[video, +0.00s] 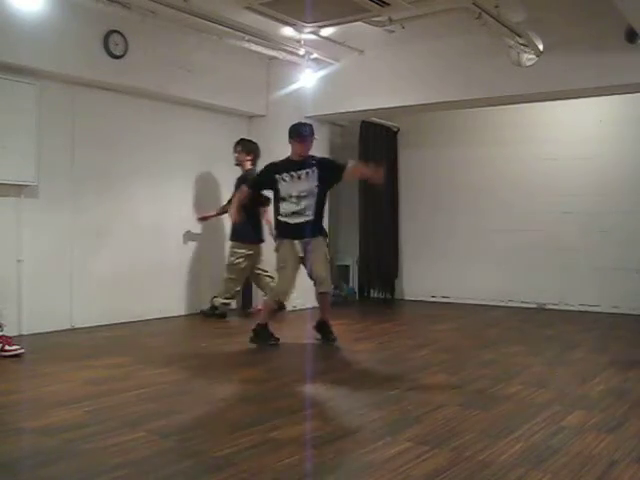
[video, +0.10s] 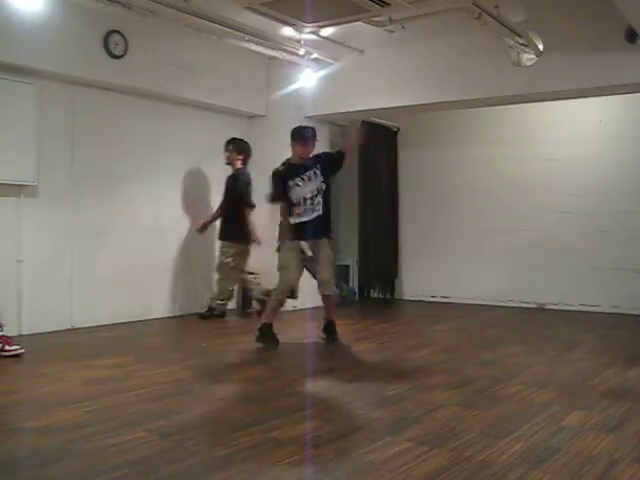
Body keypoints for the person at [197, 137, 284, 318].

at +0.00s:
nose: (235, 156)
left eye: (238, 153)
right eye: (235, 153)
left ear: (249, 156)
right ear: (247, 156)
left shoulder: (252, 179)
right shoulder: (243, 179)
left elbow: (264, 202)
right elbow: (231, 204)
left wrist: (269, 223)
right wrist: (211, 215)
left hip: (245, 235)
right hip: (248, 234)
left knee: (234, 272)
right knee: (255, 270)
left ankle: (221, 305)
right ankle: (278, 298)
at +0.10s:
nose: (226, 155)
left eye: (229, 152)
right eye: (226, 151)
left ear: (240, 155)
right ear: (239, 155)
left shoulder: (240, 177)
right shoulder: (236, 177)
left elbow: (246, 207)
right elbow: (224, 206)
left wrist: (252, 232)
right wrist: (207, 222)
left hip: (234, 235)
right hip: (238, 234)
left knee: (225, 271)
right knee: (236, 271)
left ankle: (218, 306)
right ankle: (264, 295)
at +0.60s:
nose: (202, 152)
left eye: (205, 148)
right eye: (197, 148)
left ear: (209, 151)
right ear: (189, 151)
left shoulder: (217, 173)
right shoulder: (184, 174)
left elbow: (216, 199)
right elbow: (179, 204)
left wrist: (188, 195)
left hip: (215, 230)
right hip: (192, 228)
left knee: (217, 272)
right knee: (184, 270)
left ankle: (216, 306)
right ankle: (178, 307)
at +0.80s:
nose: (194, 151)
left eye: (196, 147)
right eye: (189, 148)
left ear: (200, 149)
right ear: (180, 154)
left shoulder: (210, 172)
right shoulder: (177, 178)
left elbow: (216, 201)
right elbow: (160, 204)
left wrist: (219, 224)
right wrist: (155, 230)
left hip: (213, 231)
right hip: (191, 233)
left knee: (216, 271)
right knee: (183, 272)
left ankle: (214, 307)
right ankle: (178, 307)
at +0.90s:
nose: (197, 151)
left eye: (198, 147)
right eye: (191, 149)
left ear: (202, 148)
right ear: (182, 154)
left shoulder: (211, 172)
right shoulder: (178, 177)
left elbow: (221, 201)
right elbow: (164, 206)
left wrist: (232, 225)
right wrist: (153, 231)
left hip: (215, 234)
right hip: (190, 235)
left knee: (218, 272)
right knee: (182, 274)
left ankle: (221, 306)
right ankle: (178, 308)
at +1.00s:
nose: (204, 151)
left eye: (206, 147)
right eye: (199, 148)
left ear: (208, 149)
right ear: (189, 152)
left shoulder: (213, 173)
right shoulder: (183, 176)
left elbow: (227, 198)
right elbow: (170, 204)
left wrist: (241, 217)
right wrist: (165, 229)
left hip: (216, 233)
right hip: (192, 235)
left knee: (221, 270)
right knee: (185, 273)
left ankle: (225, 305)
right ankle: (178, 307)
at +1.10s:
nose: (214, 152)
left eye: (215, 149)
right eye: (210, 149)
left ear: (215, 151)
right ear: (199, 152)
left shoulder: (217, 174)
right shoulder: (190, 175)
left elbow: (234, 194)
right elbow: (177, 200)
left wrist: (252, 207)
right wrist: (183, 223)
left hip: (219, 234)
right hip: (197, 235)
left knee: (223, 272)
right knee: (188, 274)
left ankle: (226, 306)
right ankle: (179, 308)